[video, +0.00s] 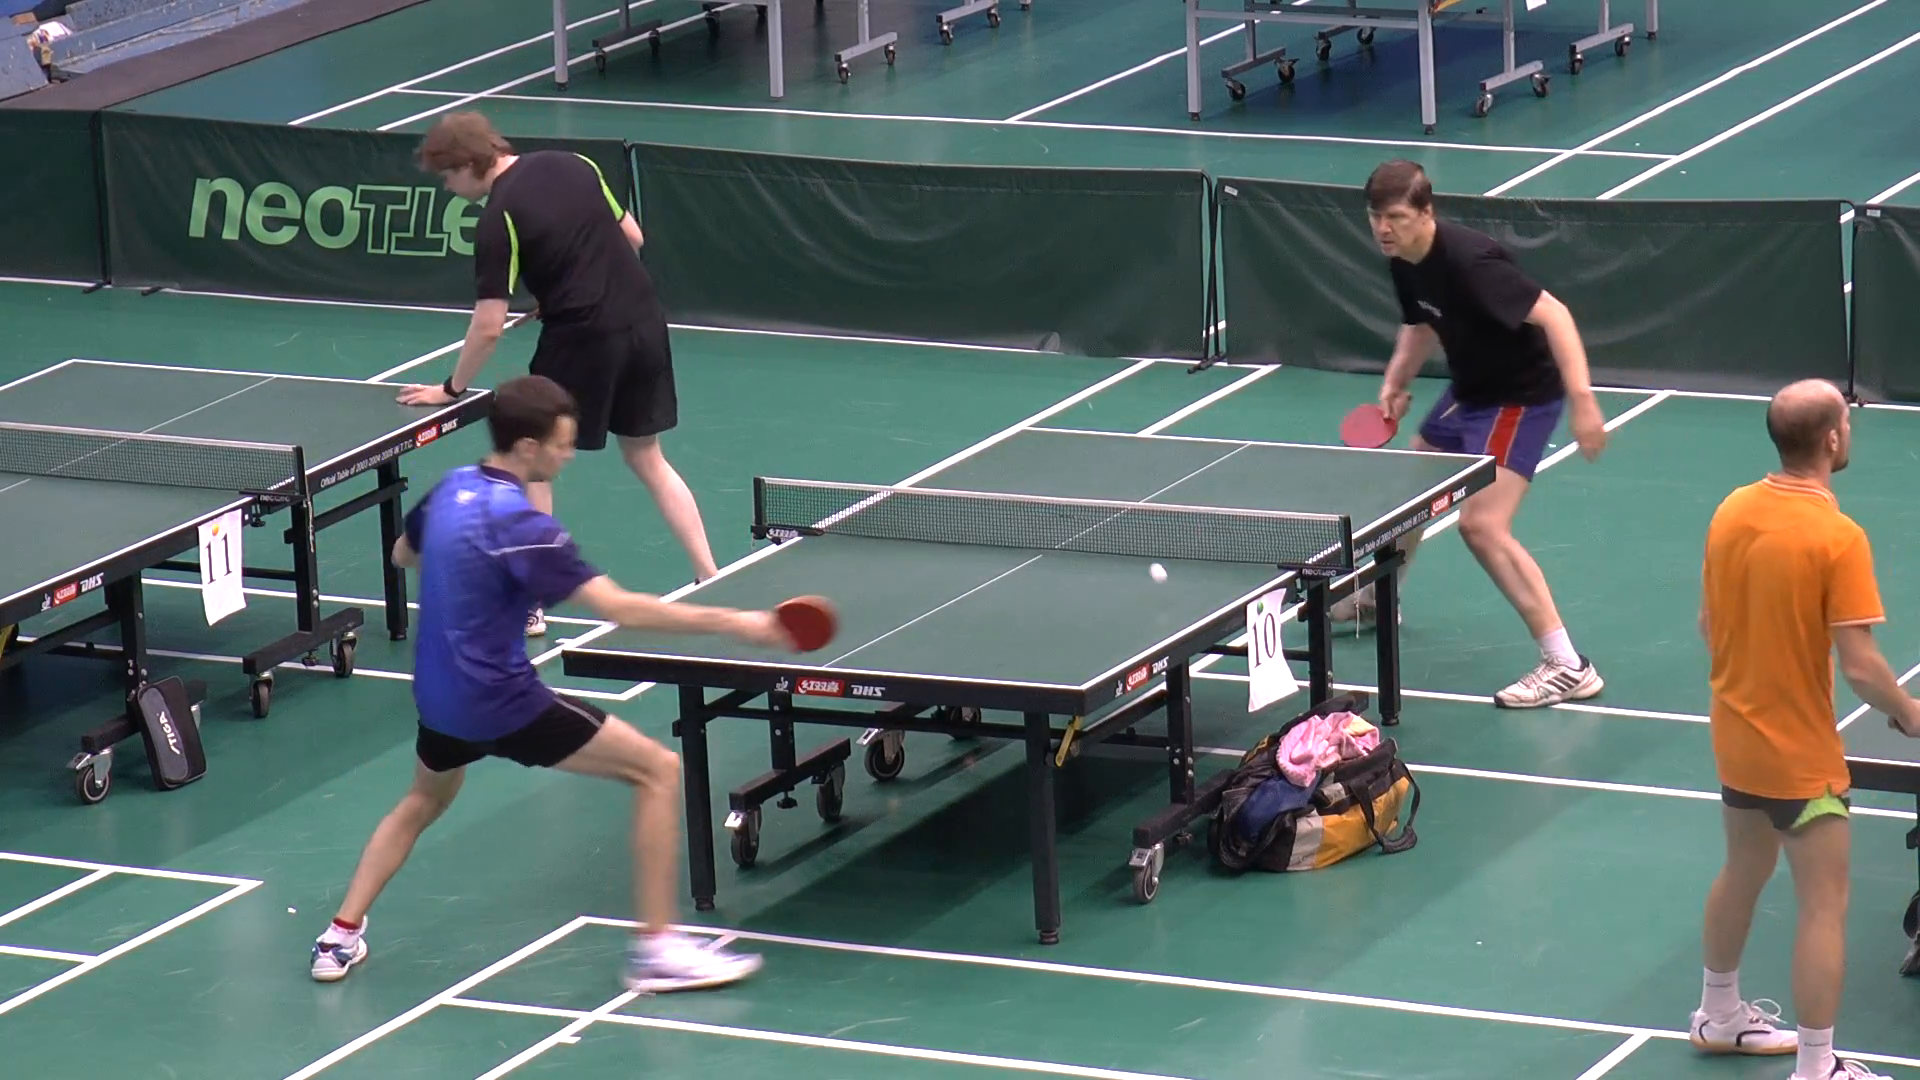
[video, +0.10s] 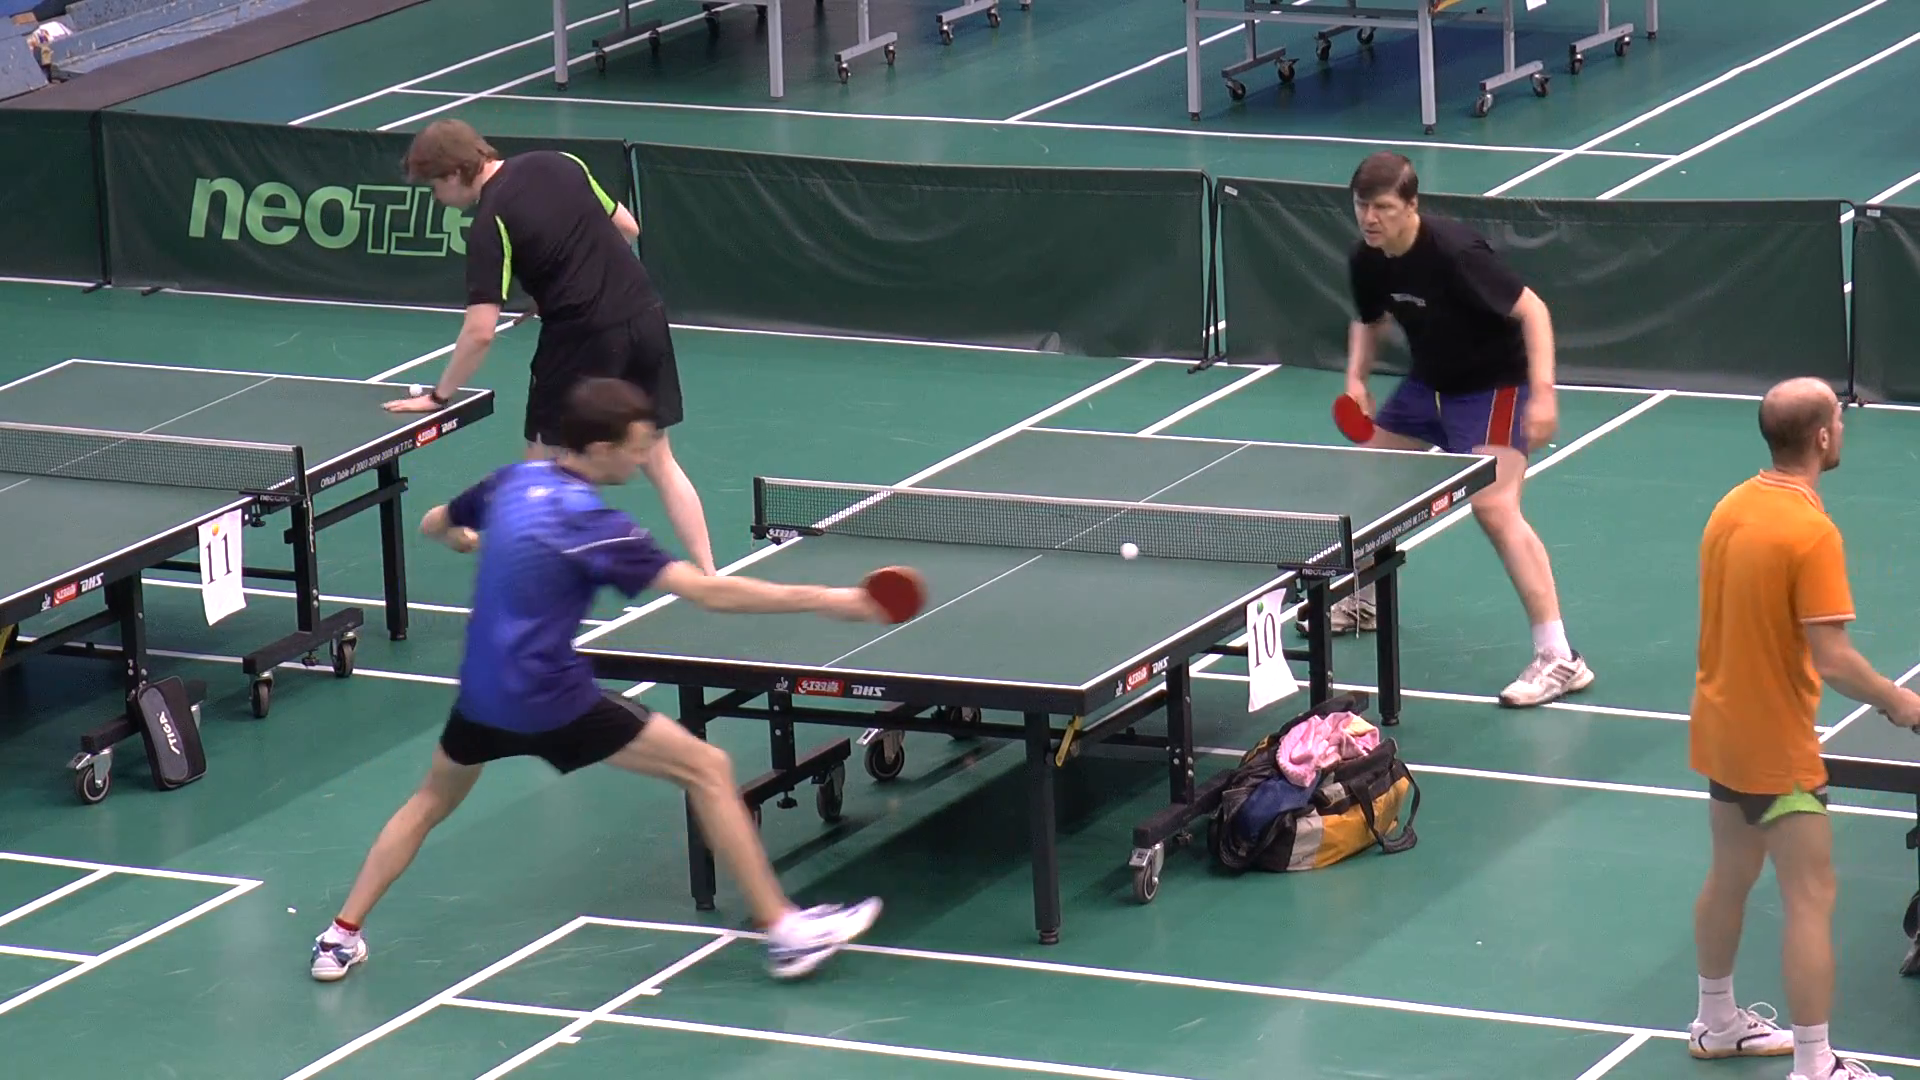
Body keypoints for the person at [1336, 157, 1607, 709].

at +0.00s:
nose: (1382, 229)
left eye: (1394, 218)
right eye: (1377, 218)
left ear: (1426, 213)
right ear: (1372, 216)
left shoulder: (1471, 262)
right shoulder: (1403, 259)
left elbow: (1554, 314)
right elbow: (1418, 326)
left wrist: (1582, 403)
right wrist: (1395, 384)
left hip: (1523, 396)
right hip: (1469, 392)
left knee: (1484, 525)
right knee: (1405, 491)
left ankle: (1568, 665)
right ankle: (1372, 595)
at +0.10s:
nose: (1369, 220)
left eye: (1381, 209)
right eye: (1363, 209)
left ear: (1411, 205)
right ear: (1357, 208)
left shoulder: (1454, 250)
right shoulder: (1367, 260)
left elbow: (1533, 309)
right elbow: (1367, 321)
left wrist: (1542, 396)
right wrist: (1355, 380)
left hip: (1495, 389)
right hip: (1428, 385)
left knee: (1496, 508)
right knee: (1363, 475)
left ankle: (1558, 657)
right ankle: (1364, 598)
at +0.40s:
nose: (1353, 184)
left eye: (1366, 173)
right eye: (1347, 172)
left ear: (1393, 173)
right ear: (1338, 171)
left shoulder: (1436, 219)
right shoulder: (1335, 221)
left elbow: (1498, 285)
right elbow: (1300, 282)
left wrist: (1498, 367)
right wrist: (1301, 333)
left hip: (1459, 371)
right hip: (1380, 365)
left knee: (1496, 495)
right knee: (1320, 467)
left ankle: (1521, 590)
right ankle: (1355, 591)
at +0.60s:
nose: (1337, 185)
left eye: (1349, 176)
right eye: (1332, 174)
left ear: (1380, 174)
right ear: (1325, 174)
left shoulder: (1426, 220)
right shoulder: (1323, 230)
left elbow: (1492, 286)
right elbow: (1279, 282)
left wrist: (1505, 360)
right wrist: (1258, 322)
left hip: (1445, 371)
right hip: (1361, 367)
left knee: (1496, 492)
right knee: (1289, 465)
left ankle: (1520, 590)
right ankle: (1298, 576)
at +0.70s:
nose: (1296, 192)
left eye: (1308, 182)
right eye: (1292, 181)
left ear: (1344, 182)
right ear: (1289, 184)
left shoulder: (1394, 229)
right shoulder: (1297, 244)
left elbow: (1468, 281)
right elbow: (1257, 299)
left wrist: (1506, 347)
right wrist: (1185, 323)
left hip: (1419, 382)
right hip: (1336, 379)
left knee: (1481, 500)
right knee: (1256, 467)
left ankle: (1519, 592)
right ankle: (1273, 585)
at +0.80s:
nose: (1232, 205)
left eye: (1242, 194)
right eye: (1229, 195)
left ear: (1280, 193)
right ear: (1236, 199)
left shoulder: (1339, 237)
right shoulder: (1251, 259)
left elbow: (1424, 273)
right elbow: (1201, 319)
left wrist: (1495, 325)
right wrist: (1115, 334)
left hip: (1380, 396)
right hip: (1297, 394)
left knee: (1449, 504)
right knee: (1207, 470)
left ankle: (1516, 594)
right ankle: (1236, 603)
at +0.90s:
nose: (1158, 225)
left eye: (1167, 214)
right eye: (1157, 215)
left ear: (1208, 208)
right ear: (1178, 216)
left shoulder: (1269, 247)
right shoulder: (1187, 275)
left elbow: (1360, 271)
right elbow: (1147, 344)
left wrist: (1443, 306)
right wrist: (1059, 351)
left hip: (1327, 406)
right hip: (1248, 403)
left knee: (1415, 518)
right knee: (1150, 458)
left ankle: (1505, 593)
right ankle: (1172, 607)